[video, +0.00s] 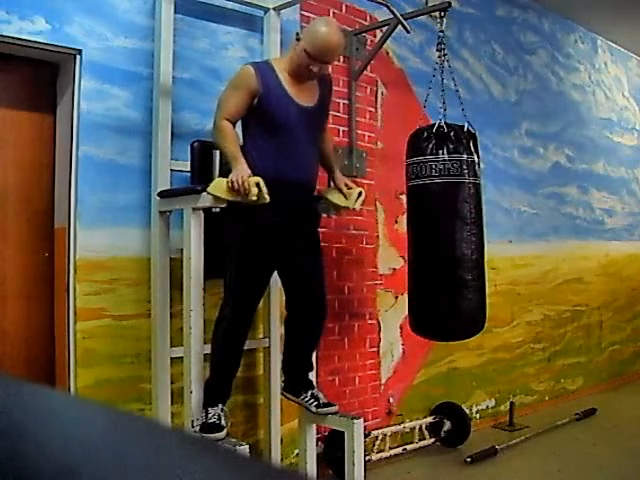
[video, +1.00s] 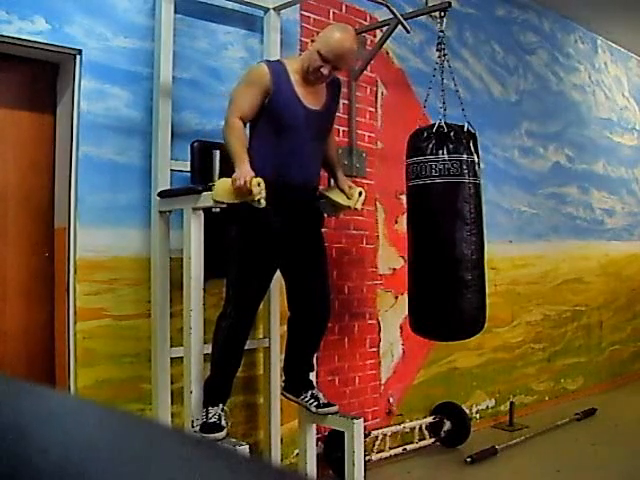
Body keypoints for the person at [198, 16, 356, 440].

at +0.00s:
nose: (319, 70)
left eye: (326, 64)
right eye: (315, 60)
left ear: (332, 60)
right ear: (300, 44)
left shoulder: (323, 84)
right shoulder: (255, 76)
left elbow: (319, 131)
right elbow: (223, 122)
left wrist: (336, 171)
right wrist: (238, 164)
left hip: (300, 212)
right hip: (257, 211)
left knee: (311, 305)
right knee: (238, 308)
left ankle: (297, 382)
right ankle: (213, 406)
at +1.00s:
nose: (324, 72)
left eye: (334, 69)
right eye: (323, 62)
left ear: (342, 67)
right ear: (312, 44)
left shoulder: (330, 90)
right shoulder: (266, 75)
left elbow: (323, 136)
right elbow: (234, 121)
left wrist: (339, 175)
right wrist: (242, 166)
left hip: (303, 211)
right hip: (260, 209)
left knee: (314, 306)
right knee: (240, 309)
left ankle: (298, 382)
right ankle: (213, 404)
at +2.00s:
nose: (335, 57)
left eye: (341, 51)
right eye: (330, 47)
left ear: (345, 48)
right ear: (309, 32)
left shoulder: (332, 75)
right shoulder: (266, 63)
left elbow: (328, 127)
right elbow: (239, 114)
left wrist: (339, 176)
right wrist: (245, 169)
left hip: (306, 204)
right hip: (266, 202)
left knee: (317, 301)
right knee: (244, 307)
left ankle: (303, 380)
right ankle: (215, 404)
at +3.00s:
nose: (341, 40)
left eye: (347, 33)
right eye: (335, 30)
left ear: (351, 33)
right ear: (310, 21)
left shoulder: (340, 75)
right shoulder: (273, 63)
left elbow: (335, 127)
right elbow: (240, 114)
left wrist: (338, 177)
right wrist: (245, 169)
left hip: (318, 194)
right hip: (278, 194)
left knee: (337, 294)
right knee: (286, 296)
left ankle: (295, 371)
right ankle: (272, 380)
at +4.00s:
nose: (372, 98)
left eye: (376, 89)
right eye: (365, 88)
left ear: (377, 90)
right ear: (339, 83)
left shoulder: (358, 124)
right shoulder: (298, 110)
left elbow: (320, 162)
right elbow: (237, 117)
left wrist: (341, 183)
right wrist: (243, 170)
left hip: (305, 240)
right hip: (267, 234)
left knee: (318, 334)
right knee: (258, 334)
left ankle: (241, 373)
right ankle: (241, 379)